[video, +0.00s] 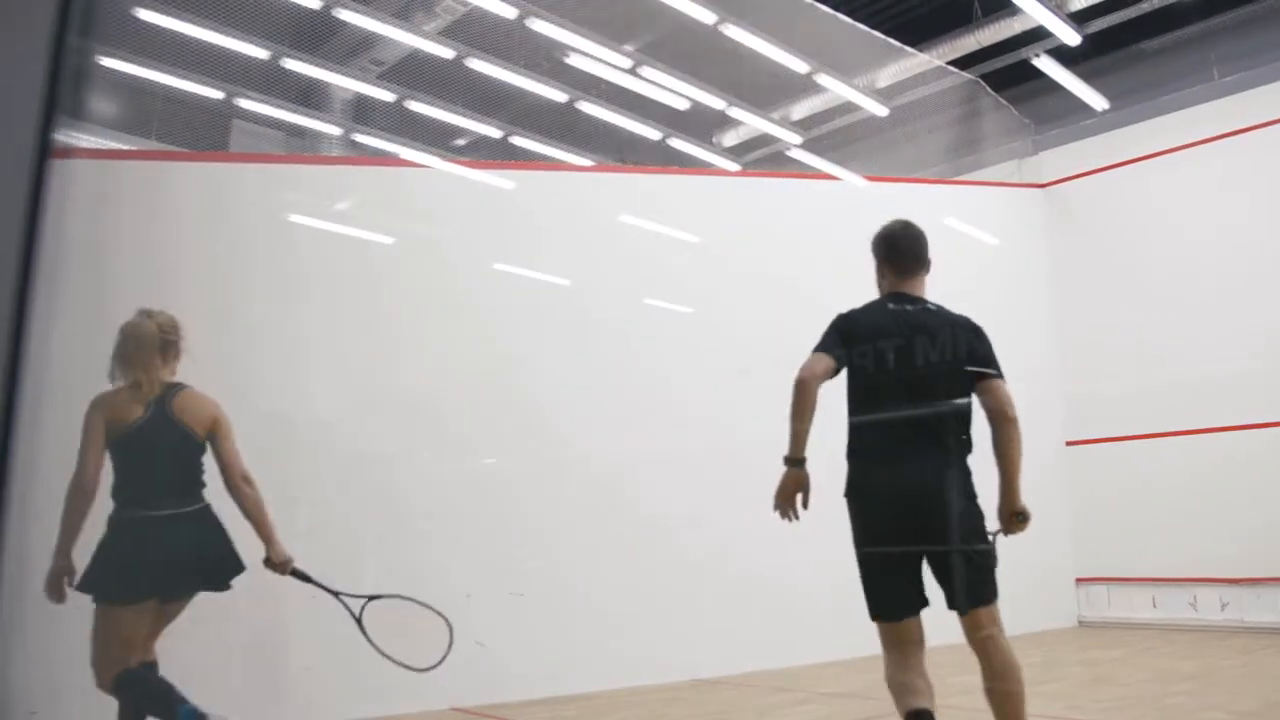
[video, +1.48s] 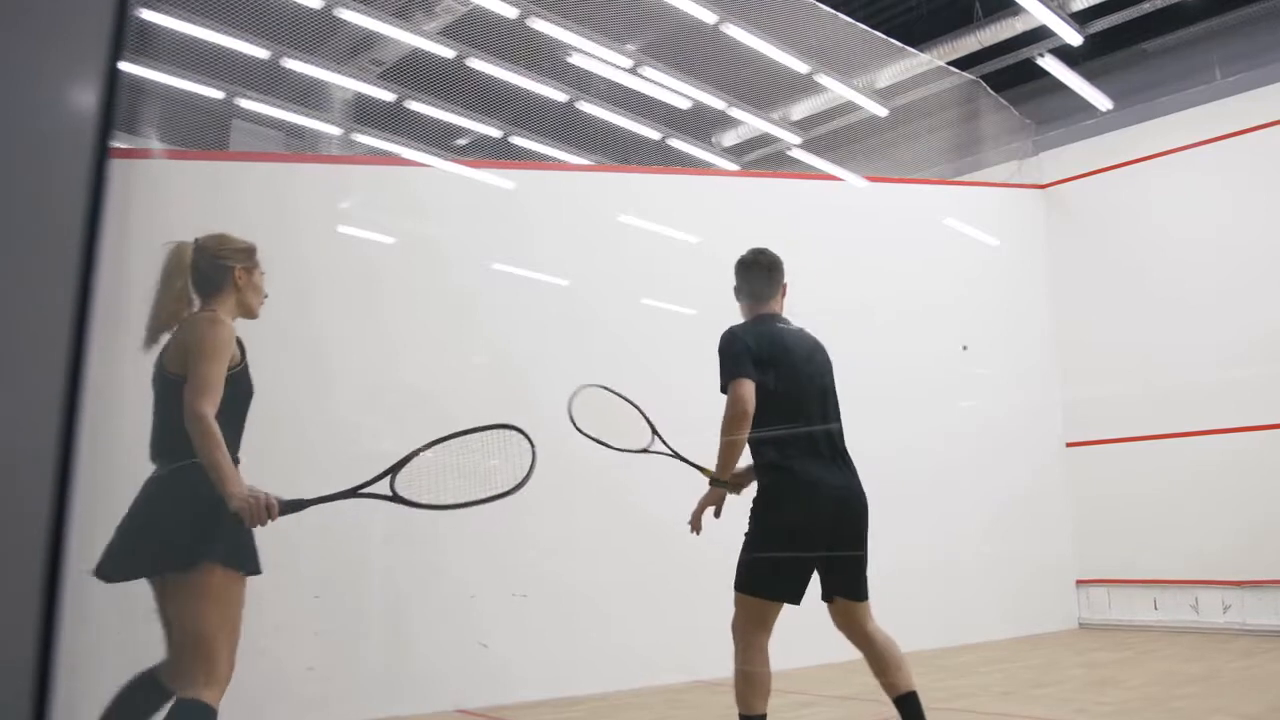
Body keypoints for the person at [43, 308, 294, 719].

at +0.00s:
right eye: (176, 355)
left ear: (123, 356)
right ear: (174, 357)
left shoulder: (107, 406)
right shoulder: (204, 408)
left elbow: (85, 484)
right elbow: (239, 480)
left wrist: (63, 555)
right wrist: (273, 543)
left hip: (135, 550)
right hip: (196, 547)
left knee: (111, 672)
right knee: (141, 653)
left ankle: (190, 715)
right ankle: (135, 719)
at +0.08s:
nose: (176, 360)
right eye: (176, 352)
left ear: (123, 352)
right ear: (174, 353)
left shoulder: (102, 406)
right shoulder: (200, 407)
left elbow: (76, 480)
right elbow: (234, 477)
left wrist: (50, 548)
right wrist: (275, 541)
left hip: (124, 550)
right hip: (186, 548)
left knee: (97, 672)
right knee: (136, 649)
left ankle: (157, 712)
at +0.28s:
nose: (178, 351)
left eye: (177, 345)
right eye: (177, 344)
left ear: (126, 349)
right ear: (171, 347)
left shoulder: (94, 403)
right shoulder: (191, 407)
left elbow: (49, 476)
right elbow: (228, 476)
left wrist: (29, 528)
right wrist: (272, 539)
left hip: (97, 549)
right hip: (164, 552)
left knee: (76, 671)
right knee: (118, 649)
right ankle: (119, 717)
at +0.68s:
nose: (183, 341)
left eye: (182, 331)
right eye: (180, 330)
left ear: (130, 333)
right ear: (162, 331)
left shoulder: (90, 384)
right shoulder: (168, 387)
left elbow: (60, 462)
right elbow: (207, 461)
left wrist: (89, 508)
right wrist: (260, 524)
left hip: (68, 536)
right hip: (133, 539)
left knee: (56, 671)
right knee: (124, 650)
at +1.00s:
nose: (203, 330)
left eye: (202, 319)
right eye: (199, 318)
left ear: (143, 323)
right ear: (179, 321)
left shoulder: (106, 376)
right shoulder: (173, 375)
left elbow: (98, 467)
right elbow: (202, 452)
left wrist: (157, 499)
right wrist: (254, 516)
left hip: (72, 532)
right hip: (131, 537)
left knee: (58, 672)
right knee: (159, 677)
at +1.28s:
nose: (236, 306)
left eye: (235, 295)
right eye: (231, 295)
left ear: (181, 298)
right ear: (209, 296)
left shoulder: (142, 355)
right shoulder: (199, 348)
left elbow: (145, 457)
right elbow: (198, 427)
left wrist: (208, 492)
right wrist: (247, 499)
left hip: (121, 515)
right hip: (174, 519)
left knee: (106, 660)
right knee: (197, 681)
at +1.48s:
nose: (265, 287)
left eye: (263, 276)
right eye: (261, 276)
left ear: (217, 280)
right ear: (239, 277)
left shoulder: (187, 334)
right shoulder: (216, 330)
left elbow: (191, 438)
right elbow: (199, 415)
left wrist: (245, 492)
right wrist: (237, 489)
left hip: (170, 504)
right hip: (202, 508)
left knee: (182, 669)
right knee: (208, 680)